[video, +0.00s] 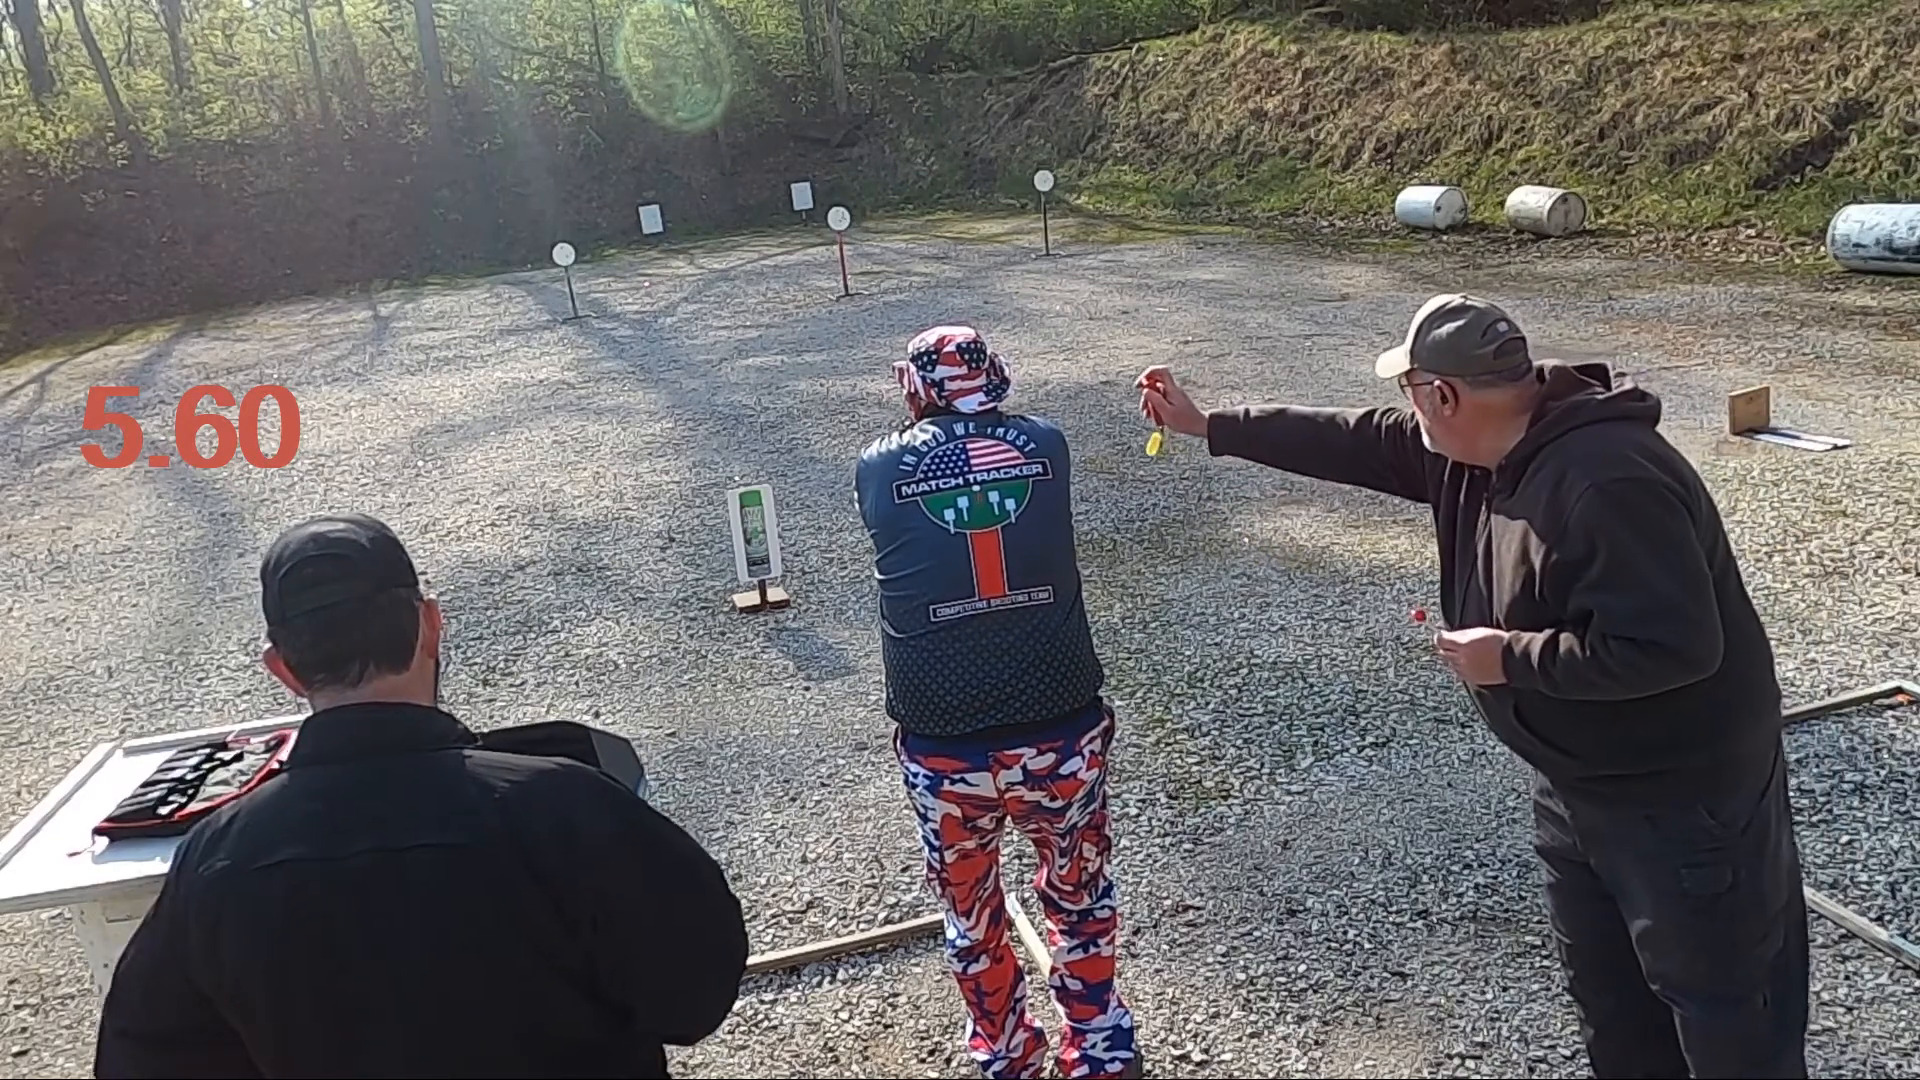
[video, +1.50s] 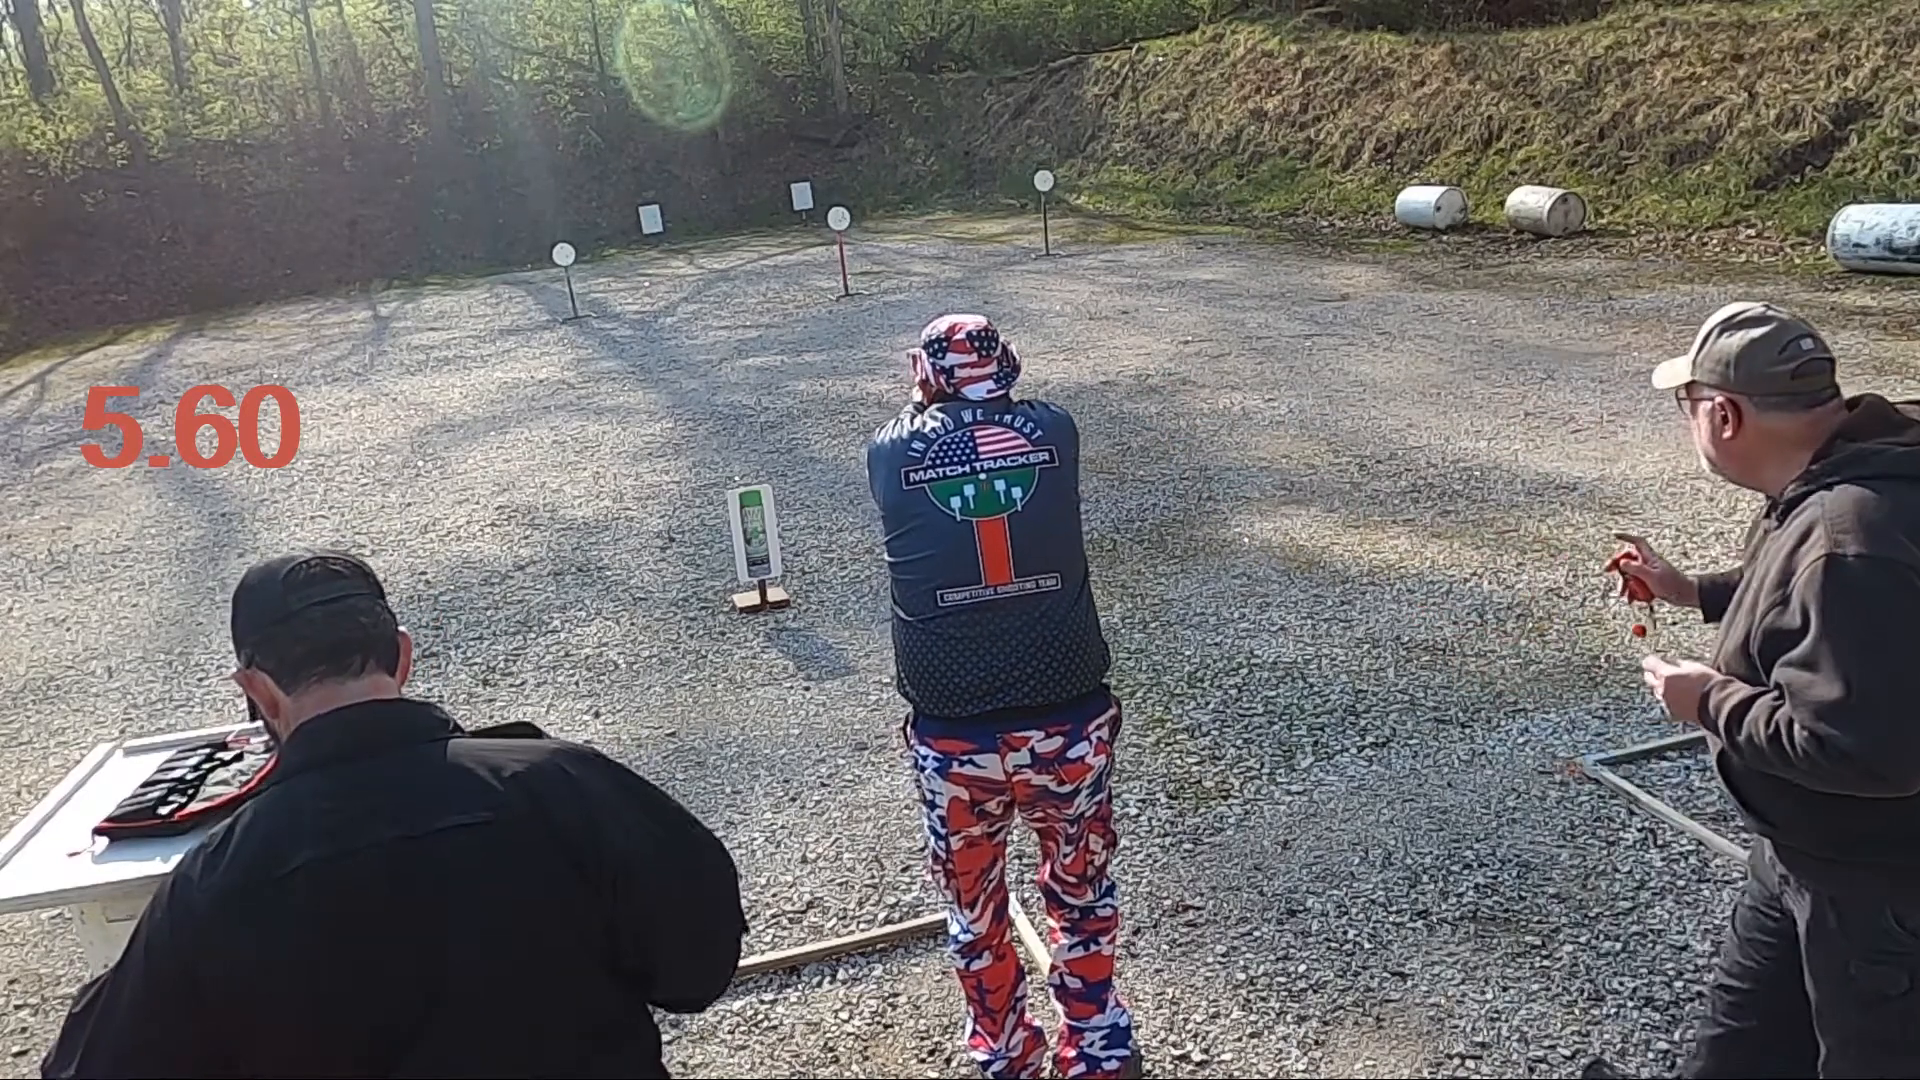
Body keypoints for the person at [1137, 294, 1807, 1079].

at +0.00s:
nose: (1409, 408)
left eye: (1410, 393)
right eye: (1407, 394)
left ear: (1446, 397)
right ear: (1478, 387)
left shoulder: (1610, 485)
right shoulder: (1472, 457)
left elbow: (1675, 648)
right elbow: (1355, 442)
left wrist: (1511, 656)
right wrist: (1207, 424)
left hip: (1692, 805)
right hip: (1582, 794)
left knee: (1730, 1032)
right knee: (1619, 1025)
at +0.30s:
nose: (1418, 407)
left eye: (1419, 392)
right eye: (1416, 393)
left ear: (1451, 395)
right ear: (1493, 383)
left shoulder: (1616, 478)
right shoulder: (1480, 458)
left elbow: (1684, 638)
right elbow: (1364, 451)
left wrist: (1520, 653)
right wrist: (1216, 429)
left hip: (1709, 805)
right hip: (1592, 795)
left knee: (1746, 1033)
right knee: (1626, 1026)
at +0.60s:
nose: (1457, 408)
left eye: (1455, 391)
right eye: (1453, 392)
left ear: (1483, 397)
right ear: (1549, 375)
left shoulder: (1629, 491)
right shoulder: (1558, 466)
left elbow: (1682, 658)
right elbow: (1496, 529)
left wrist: (1527, 659)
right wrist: (1365, 520)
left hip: (1725, 815)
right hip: (1621, 800)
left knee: (1784, 1050)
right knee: (1638, 1036)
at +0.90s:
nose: (1532, 422)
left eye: (1533, 405)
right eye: (1532, 404)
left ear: (1564, 413)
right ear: (1634, 390)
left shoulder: (1696, 520)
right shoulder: (1657, 470)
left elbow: (1740, 705)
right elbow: (1647, 587)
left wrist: (1585, 687)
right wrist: (1537, 579)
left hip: (1791, 848)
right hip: (1681, 819)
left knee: (1829, 1062)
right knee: (1657, 1038)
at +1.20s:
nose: (1611, 426)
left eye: (1612, 409)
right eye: (1608, 409)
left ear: (1649, 416)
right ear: (1728, 392)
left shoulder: (1795, 531)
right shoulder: (1733, 488)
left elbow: (1838, 725)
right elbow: (1715, 603)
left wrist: (1666, 701)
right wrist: (1600, 593)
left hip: (1842, 881)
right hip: (1747, 855)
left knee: (1855, 1064)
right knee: (1698, 1056)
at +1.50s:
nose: (1689, 425)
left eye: (1688, 407)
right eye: (1685, 407)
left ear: (1726, 416)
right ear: (1813, 394)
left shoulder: (1851, 547)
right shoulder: (1821, 487)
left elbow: (1867, 752)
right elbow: (1792, 597)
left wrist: (1711, 702)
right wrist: (1686, 590)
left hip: (1868, 889)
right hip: (1803, 857)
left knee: (1872, 1064)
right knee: (1731, 1056)